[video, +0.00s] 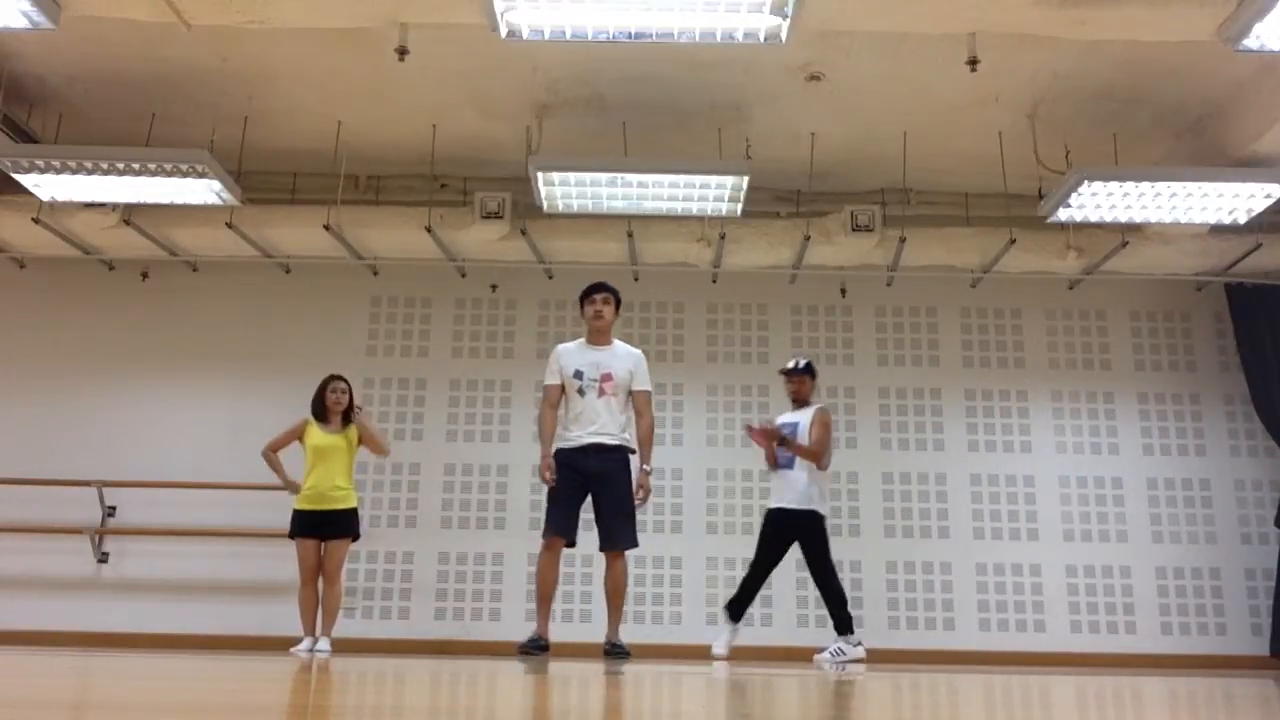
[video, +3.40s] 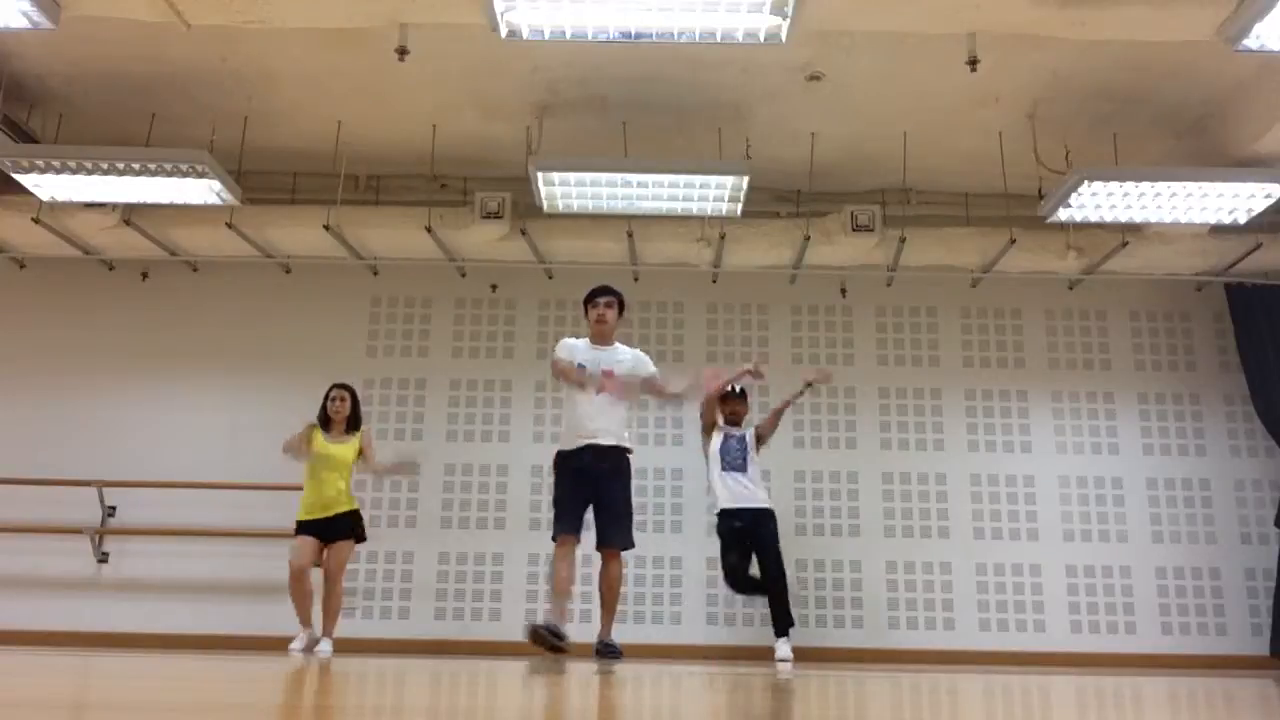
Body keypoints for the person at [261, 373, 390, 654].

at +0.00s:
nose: (338, 396)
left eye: (343, 392)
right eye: (333, 391)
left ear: (349, 398)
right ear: (322, 396)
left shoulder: (354, 428)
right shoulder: (308, 426)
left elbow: (382, 450)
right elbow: (268, 451)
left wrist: (362, 421)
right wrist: (286, 481)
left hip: (341, 506)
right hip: (308, 505)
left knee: (331, 576)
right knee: (308, 576)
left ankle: (325, 637)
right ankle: (308, 636)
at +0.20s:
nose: (337, 396)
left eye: (342, 392)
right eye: (332, 392)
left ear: (350, 397)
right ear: (323, 396)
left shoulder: (359, 429)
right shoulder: (308, 429)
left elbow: (364, 471)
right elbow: (287, 466)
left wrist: (348, 454)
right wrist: (282, 498)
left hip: (340, 505)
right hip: (307, 505)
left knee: (330, 573)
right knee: (308, 573)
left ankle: (327, 637)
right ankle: (309, 636)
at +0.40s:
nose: (336, 396)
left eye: (342, 391)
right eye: (332, 391)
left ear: (350, 397)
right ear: (323, 396)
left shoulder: (360, 428)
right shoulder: (308, 431)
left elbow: (370, 466)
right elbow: (297, 471)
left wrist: (338, 474)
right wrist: (299, 503)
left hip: (341, 509)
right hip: (309, 509)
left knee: (334, 574)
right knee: (308, 575)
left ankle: (328, 637)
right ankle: (309, 636)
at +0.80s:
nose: (337, 396)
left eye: (342, 392)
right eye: (332, 392)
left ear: (351, 398)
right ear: (324, 397)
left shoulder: (362, 430)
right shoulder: (310, 433)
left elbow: (374, 470)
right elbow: (301, 475)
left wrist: (365, 503)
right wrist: (290, 509)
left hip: (343, 508)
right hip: (309, 508)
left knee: (335, 577)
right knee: (310, 577)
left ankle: (328, 637)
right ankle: (310, 636)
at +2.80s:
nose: (336, 398)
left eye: (341, 394)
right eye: (332, 394)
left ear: (351, 400)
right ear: (324, 399)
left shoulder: (361, 431)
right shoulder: (309, 432)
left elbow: (367, 472)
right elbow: (298, 473)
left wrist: (360, 508)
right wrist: (291, 508)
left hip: (342, 509)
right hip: (309, 507)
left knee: (332, 576)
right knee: (310, 575)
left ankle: (326, 637)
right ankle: (311, 636)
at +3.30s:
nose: (337, 403)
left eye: (343, 399)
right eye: (333, 399)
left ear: (352, 405)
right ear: (325, 404)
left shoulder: (360, 437)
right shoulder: (309, 433)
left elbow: (364, 474)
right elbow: (293, 467)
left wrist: (369, 507)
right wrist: (299, 502)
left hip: (347, 512)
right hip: (315, 513)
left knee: (338, 578)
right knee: (316, 577)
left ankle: (328, 637)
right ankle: (314, 636)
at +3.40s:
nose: (337, 404)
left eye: (342, 400)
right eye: (333, 399)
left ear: (352, 406)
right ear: (325, 404)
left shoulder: (360, 435)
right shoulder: (313, 431)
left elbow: (374, 468)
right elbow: (290, 448)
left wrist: (397, 469)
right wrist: (298, 446)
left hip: (342, 513)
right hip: (311, 513)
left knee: (333, 576)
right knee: (297, 567)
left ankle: (326, 637)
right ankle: (306, 631)